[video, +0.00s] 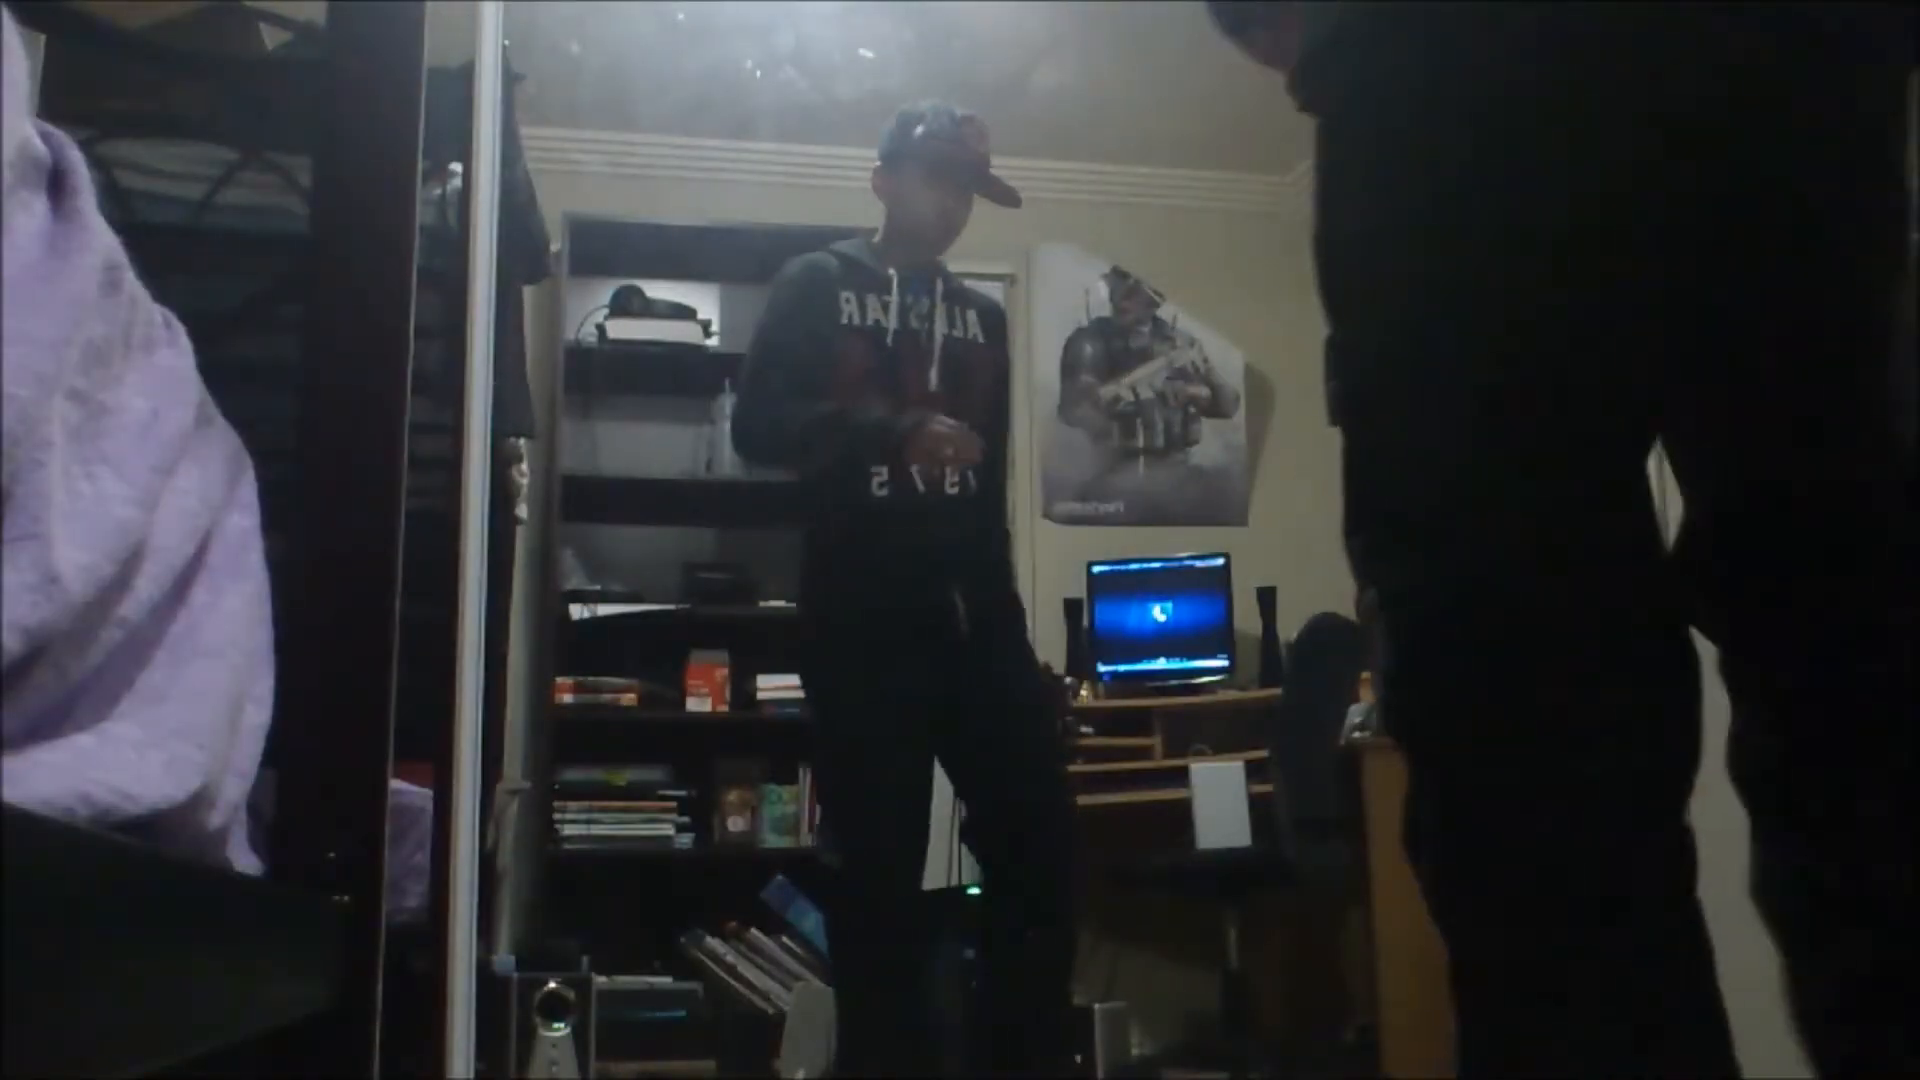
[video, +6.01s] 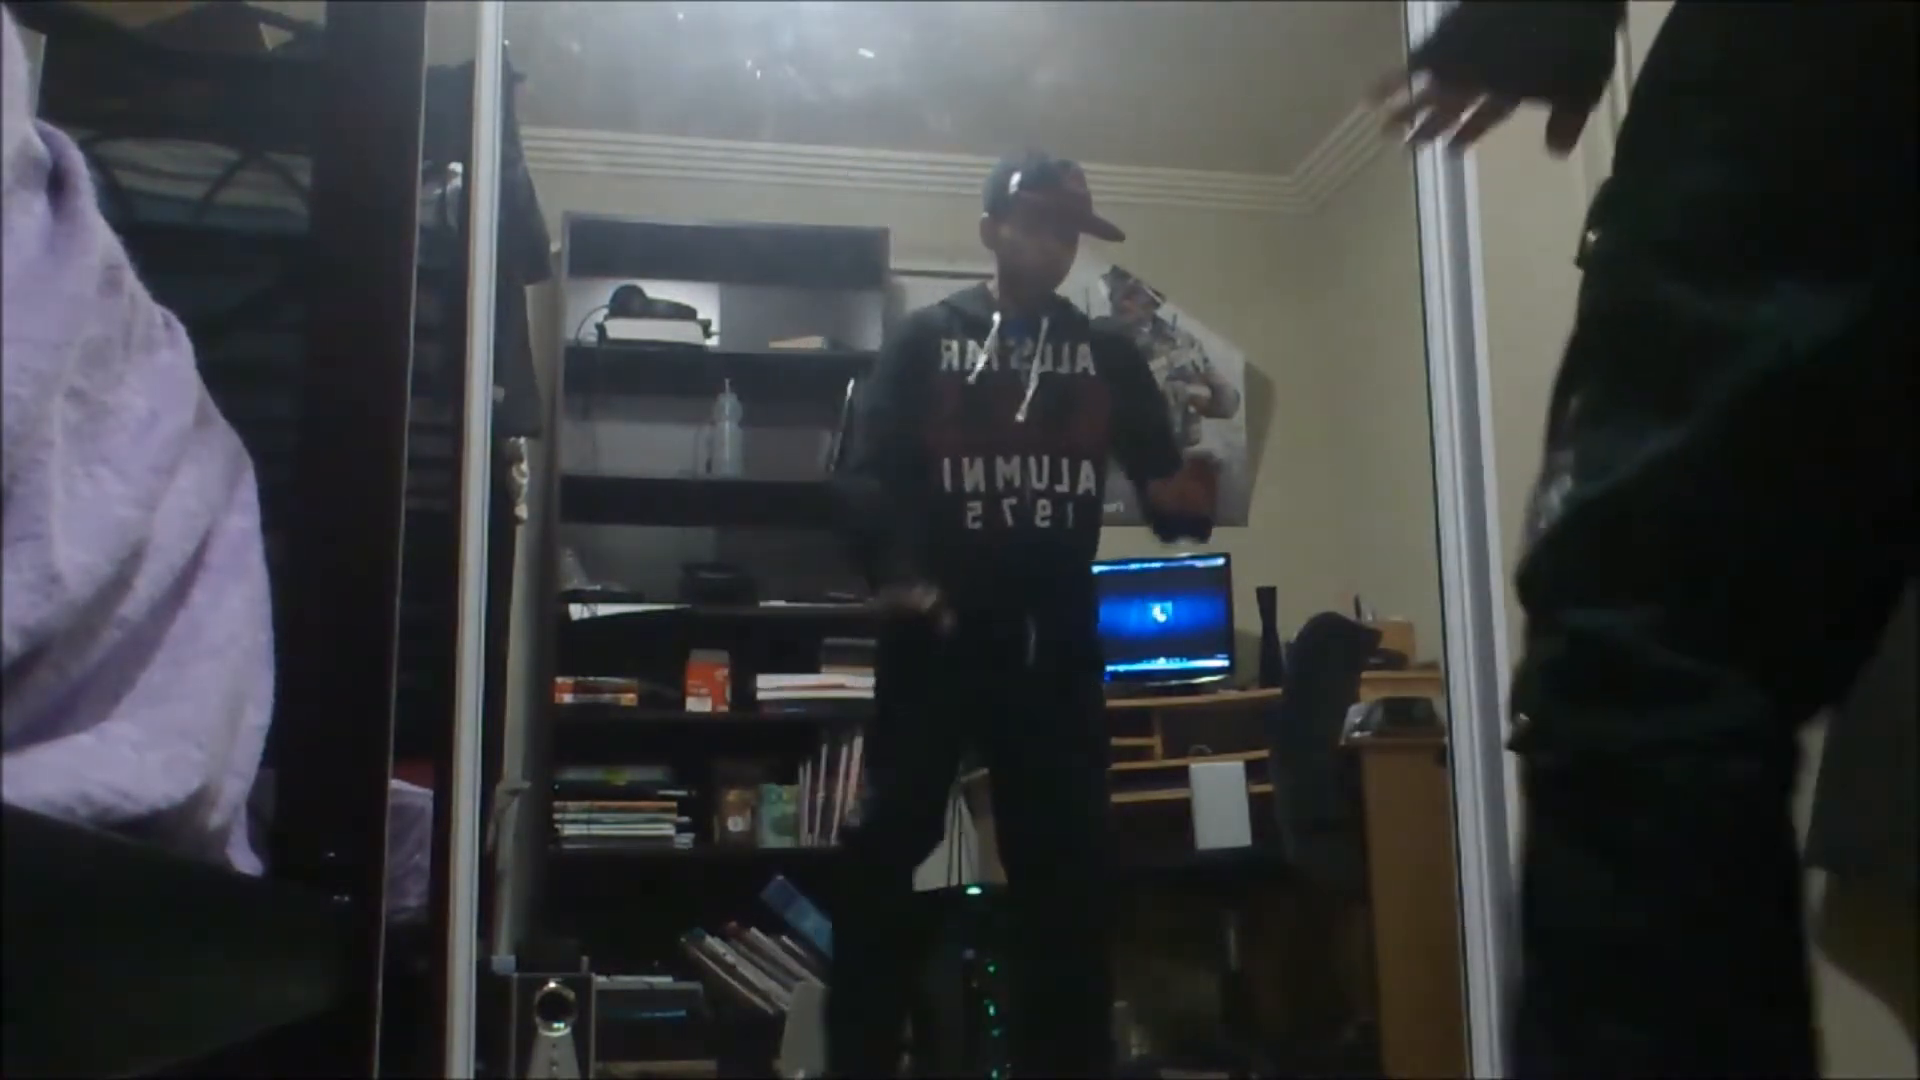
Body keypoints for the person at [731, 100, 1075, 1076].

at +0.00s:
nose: (954, 204)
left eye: (968, 188)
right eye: (938, 179)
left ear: (978, 199)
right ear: (885, 179)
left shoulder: (985, 318)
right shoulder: (816, 284)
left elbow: (998, 483)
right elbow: (757, 428)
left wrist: (1016, 638)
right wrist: (893, 433)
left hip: (976, 615)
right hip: (862, 610)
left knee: (1035, 843)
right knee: (878, 860)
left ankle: (1021, 1061)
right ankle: (881, 1066)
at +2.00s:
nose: (1013, 168)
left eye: (1029, 151)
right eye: (995, 144)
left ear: (1042, 163)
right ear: (945, 145)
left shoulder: (1060, 292)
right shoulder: (874, 259)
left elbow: (1066, 460)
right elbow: (799, 380)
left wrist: (1126, 581)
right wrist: (913, 437)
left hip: (1034, 606)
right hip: (908, 602)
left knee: (1083, 859)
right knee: (910, 868)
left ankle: (1099, 1068)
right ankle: (900, 1068)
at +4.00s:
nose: (938, 238)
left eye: (958, 222)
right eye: (922, 222)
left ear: (992, 234)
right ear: (900, 230)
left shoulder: (1047, 346)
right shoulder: (868, 359)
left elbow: (1096, 499)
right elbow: (834, 504)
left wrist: (1034, 585)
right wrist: (813, 613)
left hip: (1005, 636)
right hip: (889, 635)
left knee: (1019, 867)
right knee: (834, 850)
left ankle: (1046, 1061)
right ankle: (819, 1058)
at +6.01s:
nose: (1057, 244)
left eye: (1069, 228)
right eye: (1039, 223)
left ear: (1082, 239)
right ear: (991, 230)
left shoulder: (1108, 351)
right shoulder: (926, 336)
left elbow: (1160, 482)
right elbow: (863, 474)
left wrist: (1184, 499)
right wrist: (897, 570)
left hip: (1053, 626)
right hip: (935, 622)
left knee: (1063, 859)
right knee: (889, 847)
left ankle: (1067, 1062)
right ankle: (863, 1057)